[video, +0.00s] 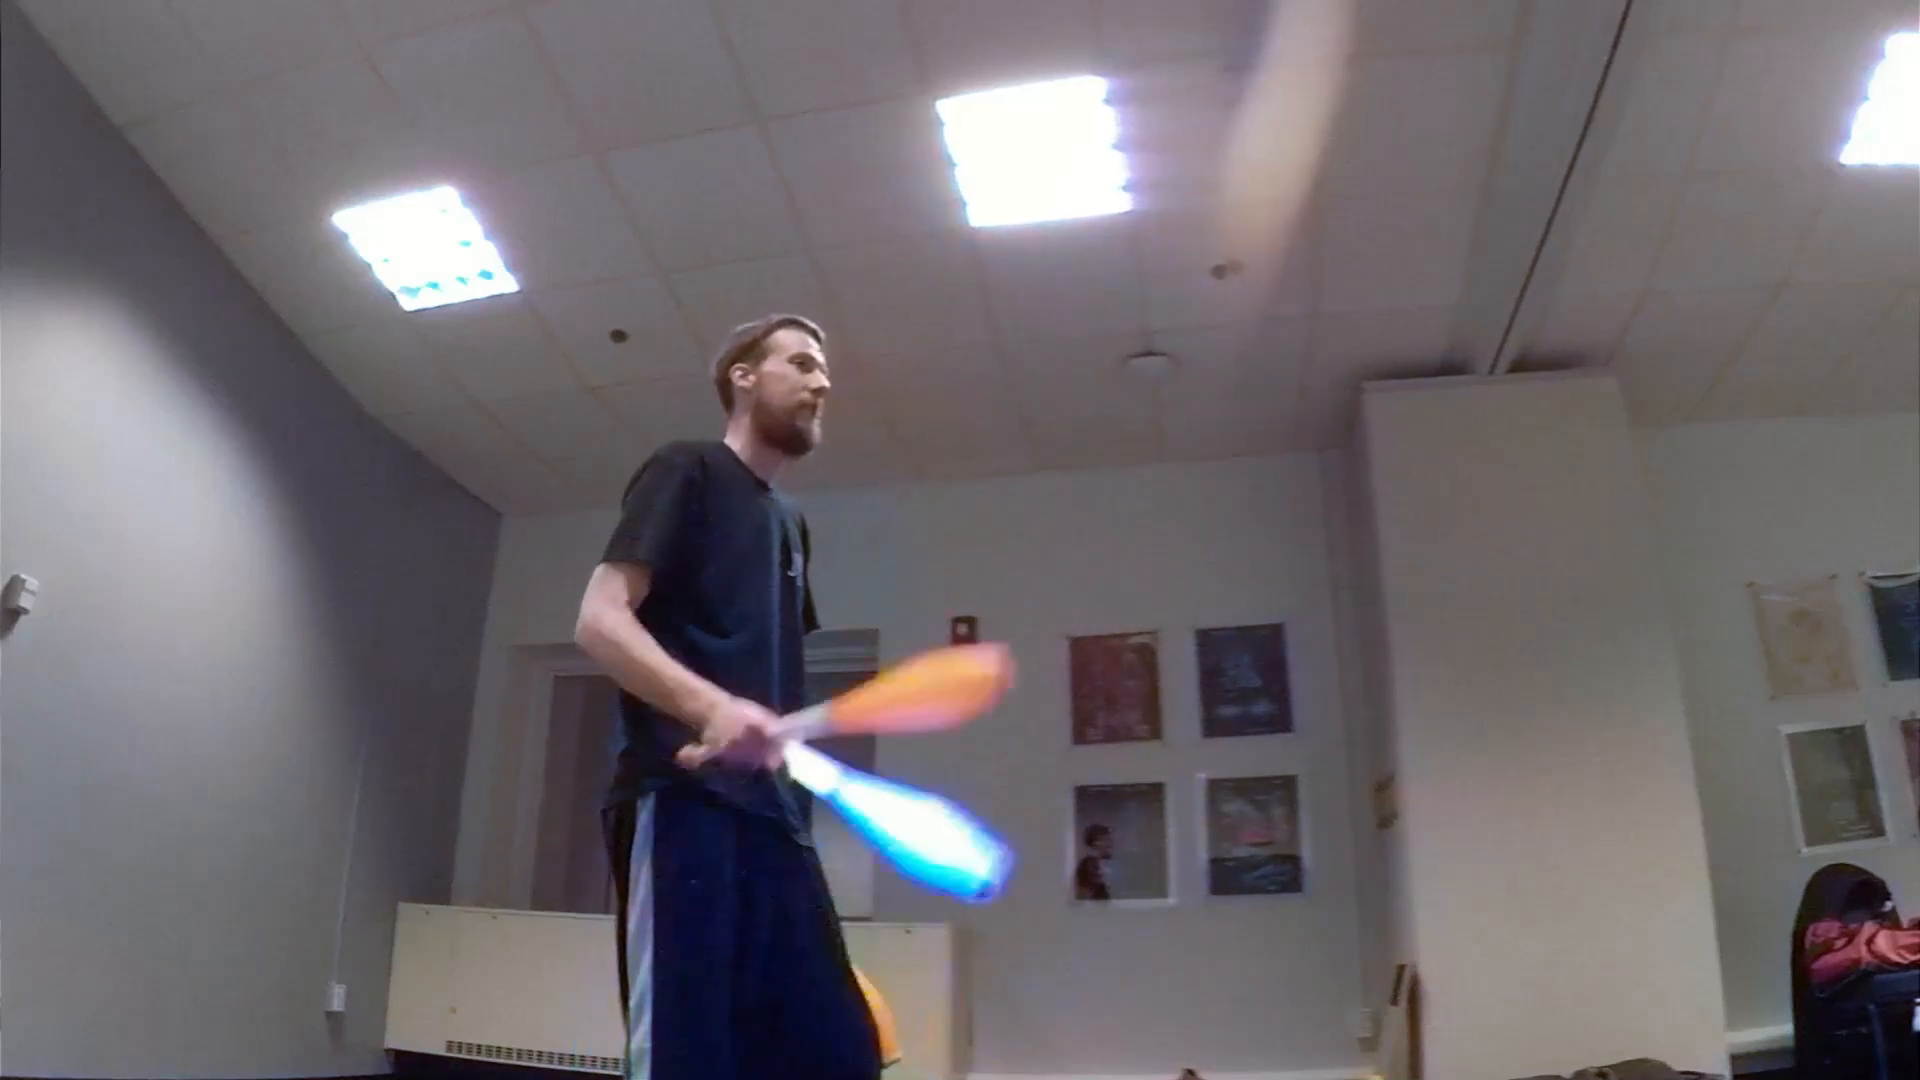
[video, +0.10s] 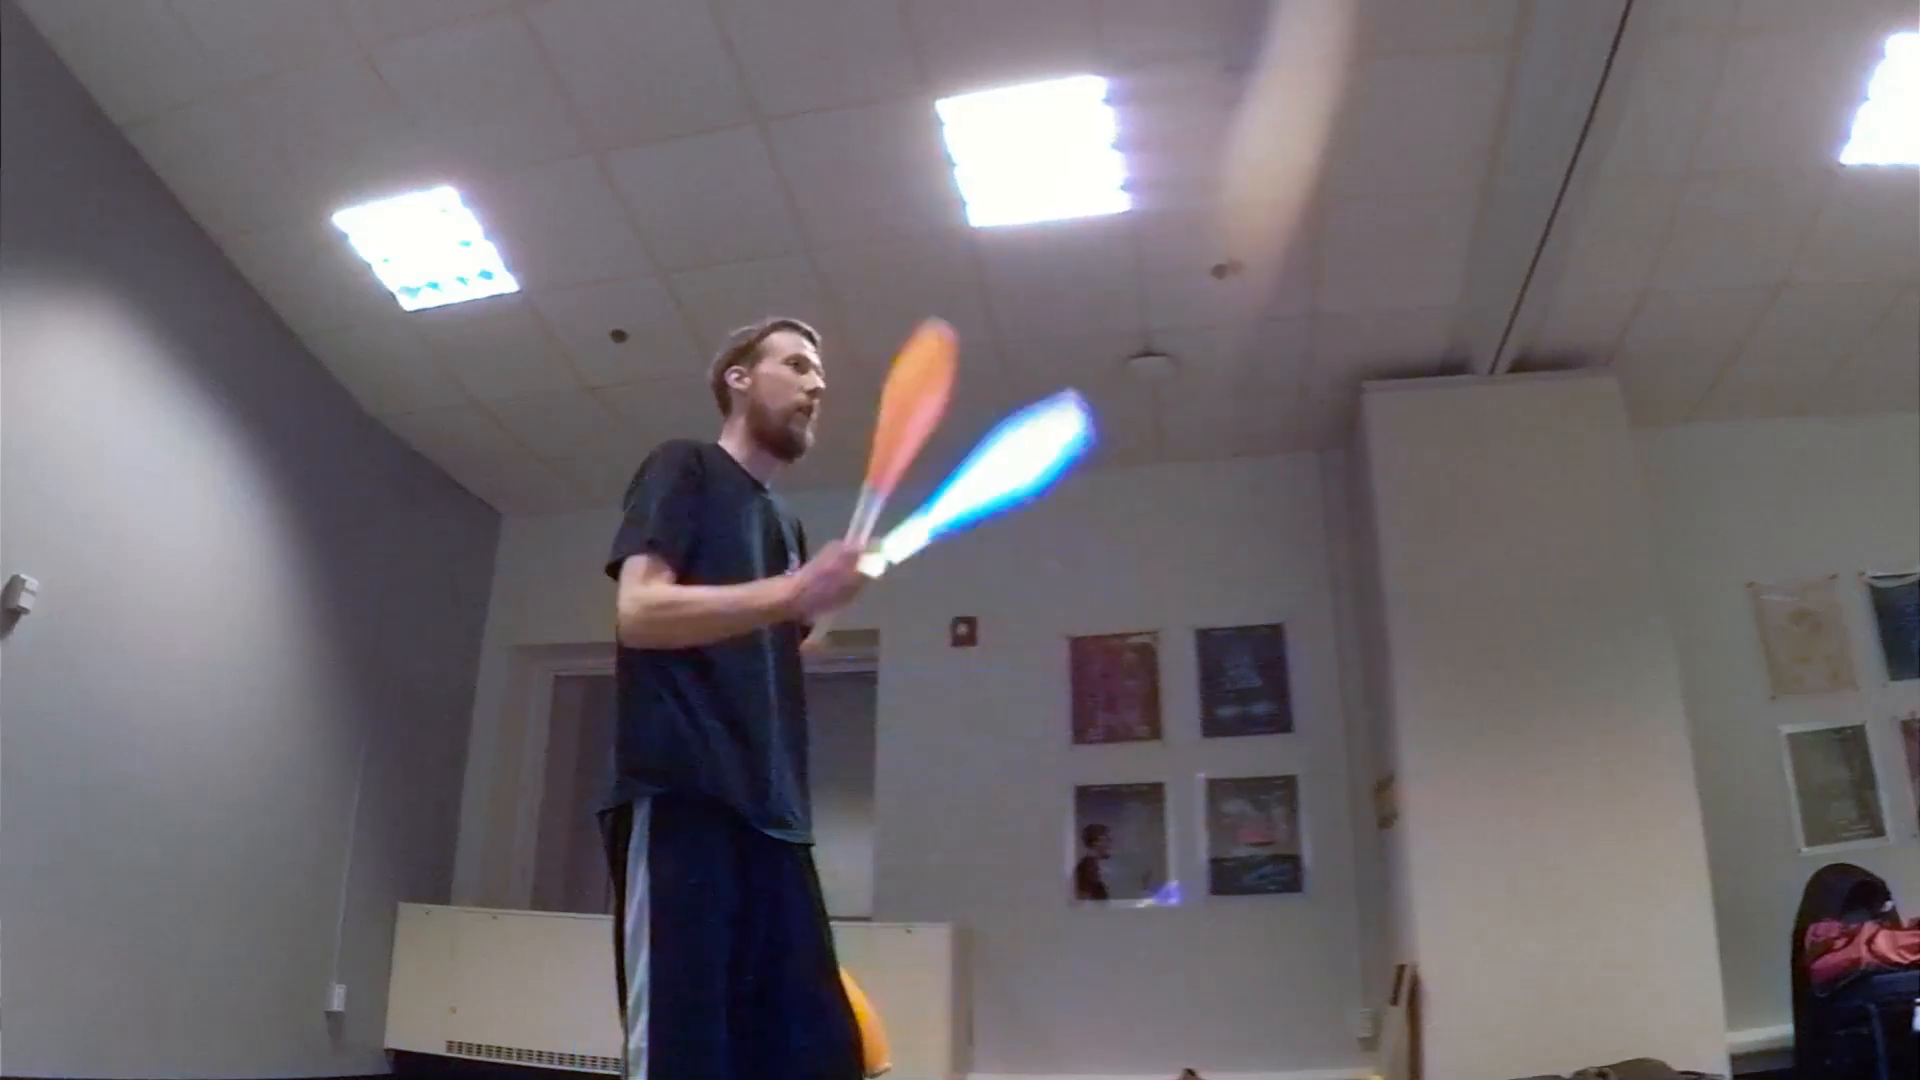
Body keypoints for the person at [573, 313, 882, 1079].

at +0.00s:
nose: (822, 381)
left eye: (824, 372)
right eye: (801, 362)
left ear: (822, 405)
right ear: (741, 379)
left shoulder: (790, 524)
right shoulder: (686, 470)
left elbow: (774, 670)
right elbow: (599, 618)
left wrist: (788, 740)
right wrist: (710, 709)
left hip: (771, 814)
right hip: (685, 806)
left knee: (836, 1046)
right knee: (683, 1050)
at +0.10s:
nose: (817, 383)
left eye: (821, 374)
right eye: (796, 363)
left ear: (815, 404)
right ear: (737, 380)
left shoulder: (785, 526)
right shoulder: (682, 467)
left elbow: (773, 647)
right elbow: (637, 612)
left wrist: (825, 602)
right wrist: (792, 593)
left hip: (772, 814)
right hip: (681, 800)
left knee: (812, 1041)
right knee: (680, 1040)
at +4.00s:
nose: (910, 396)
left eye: (912, 386)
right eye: (889, 377)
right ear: (830, 391)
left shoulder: (848, 536)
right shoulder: (781, 481)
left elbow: (817, 678)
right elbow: (857, 588)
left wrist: (855, 758)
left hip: (788, 829)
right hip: (704, 821)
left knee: (842, 1050)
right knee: (698, 1055)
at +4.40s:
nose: (889, 367)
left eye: (890, 357)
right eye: (866, 350)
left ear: (885, 388)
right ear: (806, 369)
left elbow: (865, 674)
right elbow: (669, 607)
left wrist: (925, 659)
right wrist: (818, 657)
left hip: (816, 838)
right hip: (703, 827)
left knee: (875, 1049)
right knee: (681, 1058)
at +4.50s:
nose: (885, 367)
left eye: (884, 357)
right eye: (862, 348)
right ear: (802, 365)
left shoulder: (867, 524)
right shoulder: (731, 463)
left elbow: (918, 644)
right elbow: (644, 614)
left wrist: (992, 558)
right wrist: (734, 712)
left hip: (822, 836)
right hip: (709, 825)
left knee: (883, 1046)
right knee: (694, 1056)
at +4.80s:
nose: (915, 384)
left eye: (913, 371)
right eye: (893, 365)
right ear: (835, 382)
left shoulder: (868, 533)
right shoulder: (809, 483)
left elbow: (977, 624)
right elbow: (792, 664)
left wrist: (1058, 521)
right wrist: (869, 835)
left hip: (846, 850)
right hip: (770, 841)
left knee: (934, 1050)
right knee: (742, 1064)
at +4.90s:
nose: (943, 389)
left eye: (938, 375)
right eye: (921, 371)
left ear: (877, 390)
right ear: (866, 384)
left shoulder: (853, 491)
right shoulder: (854, 477)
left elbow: (898, 679)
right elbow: (893, 657)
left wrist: (1025, 631)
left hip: (850, 844)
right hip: (784, 838)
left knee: (932, 1054)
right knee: (741, 1063)